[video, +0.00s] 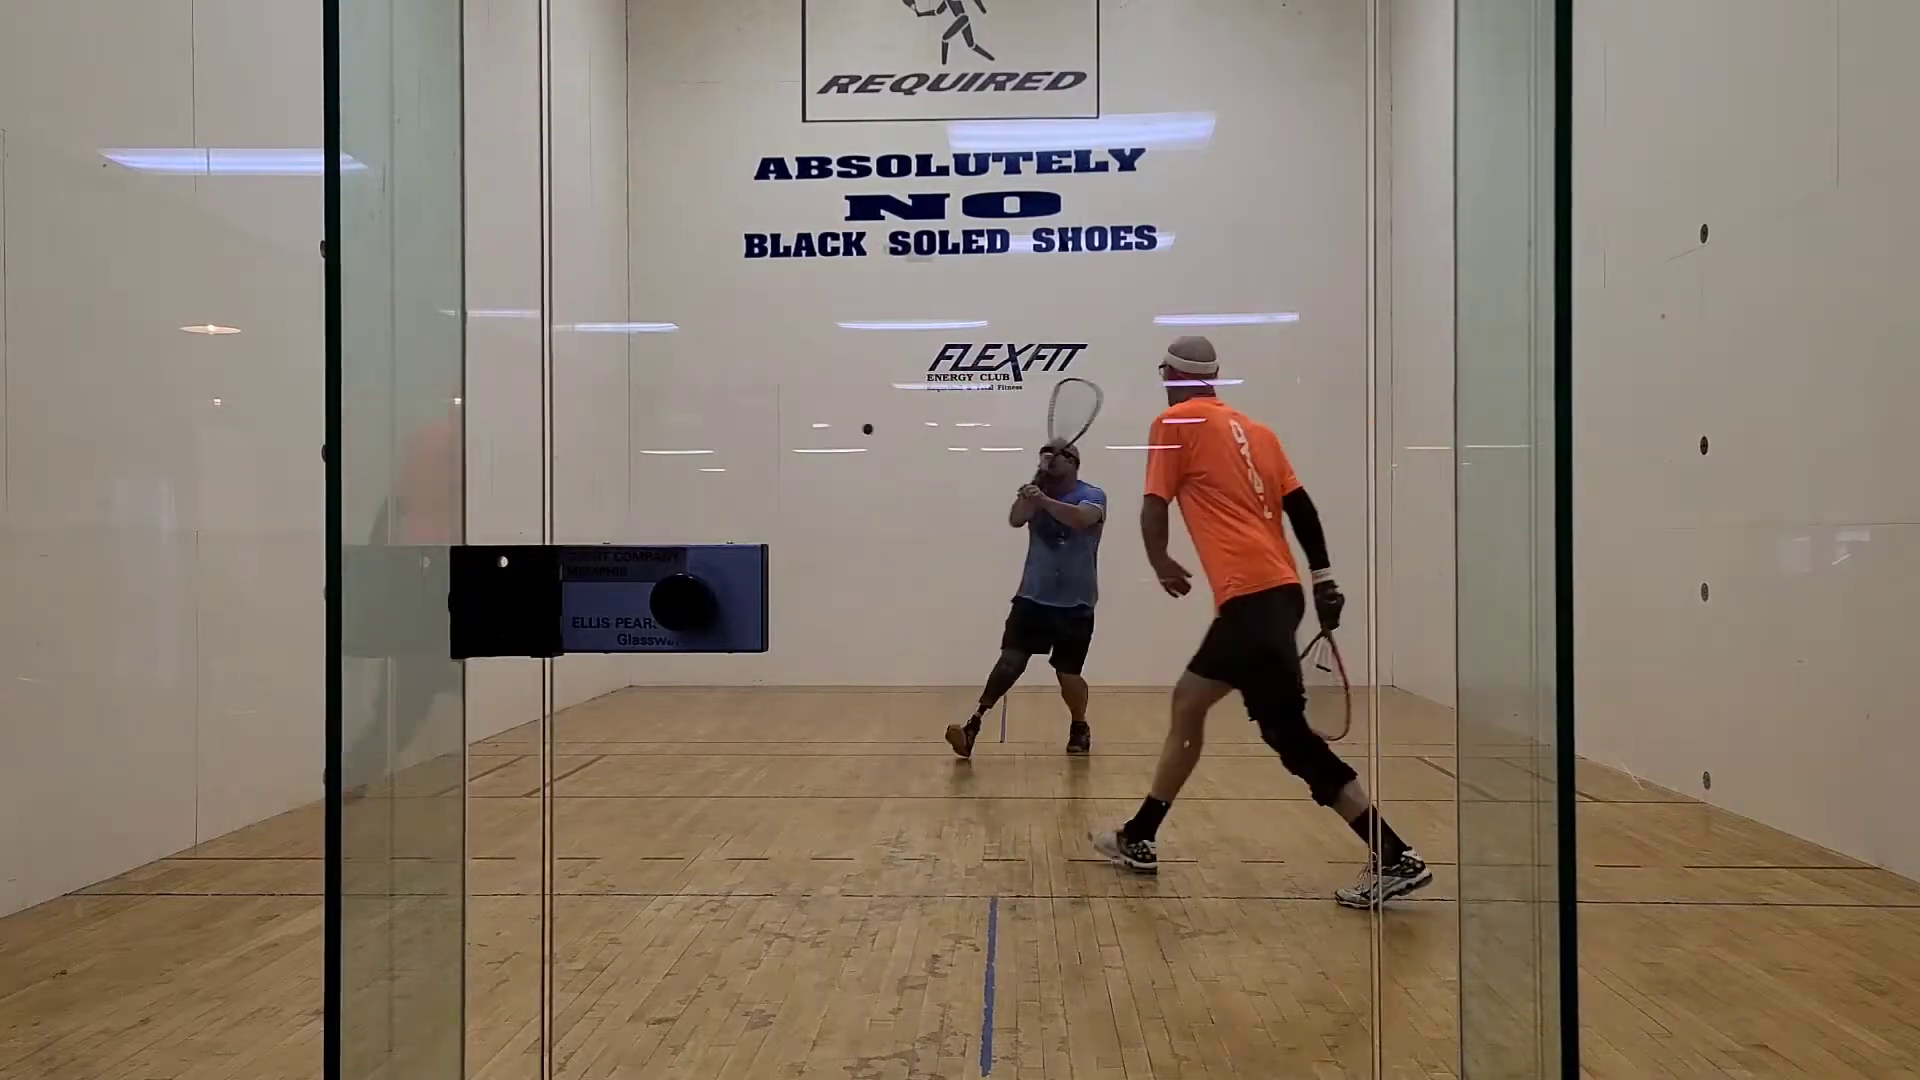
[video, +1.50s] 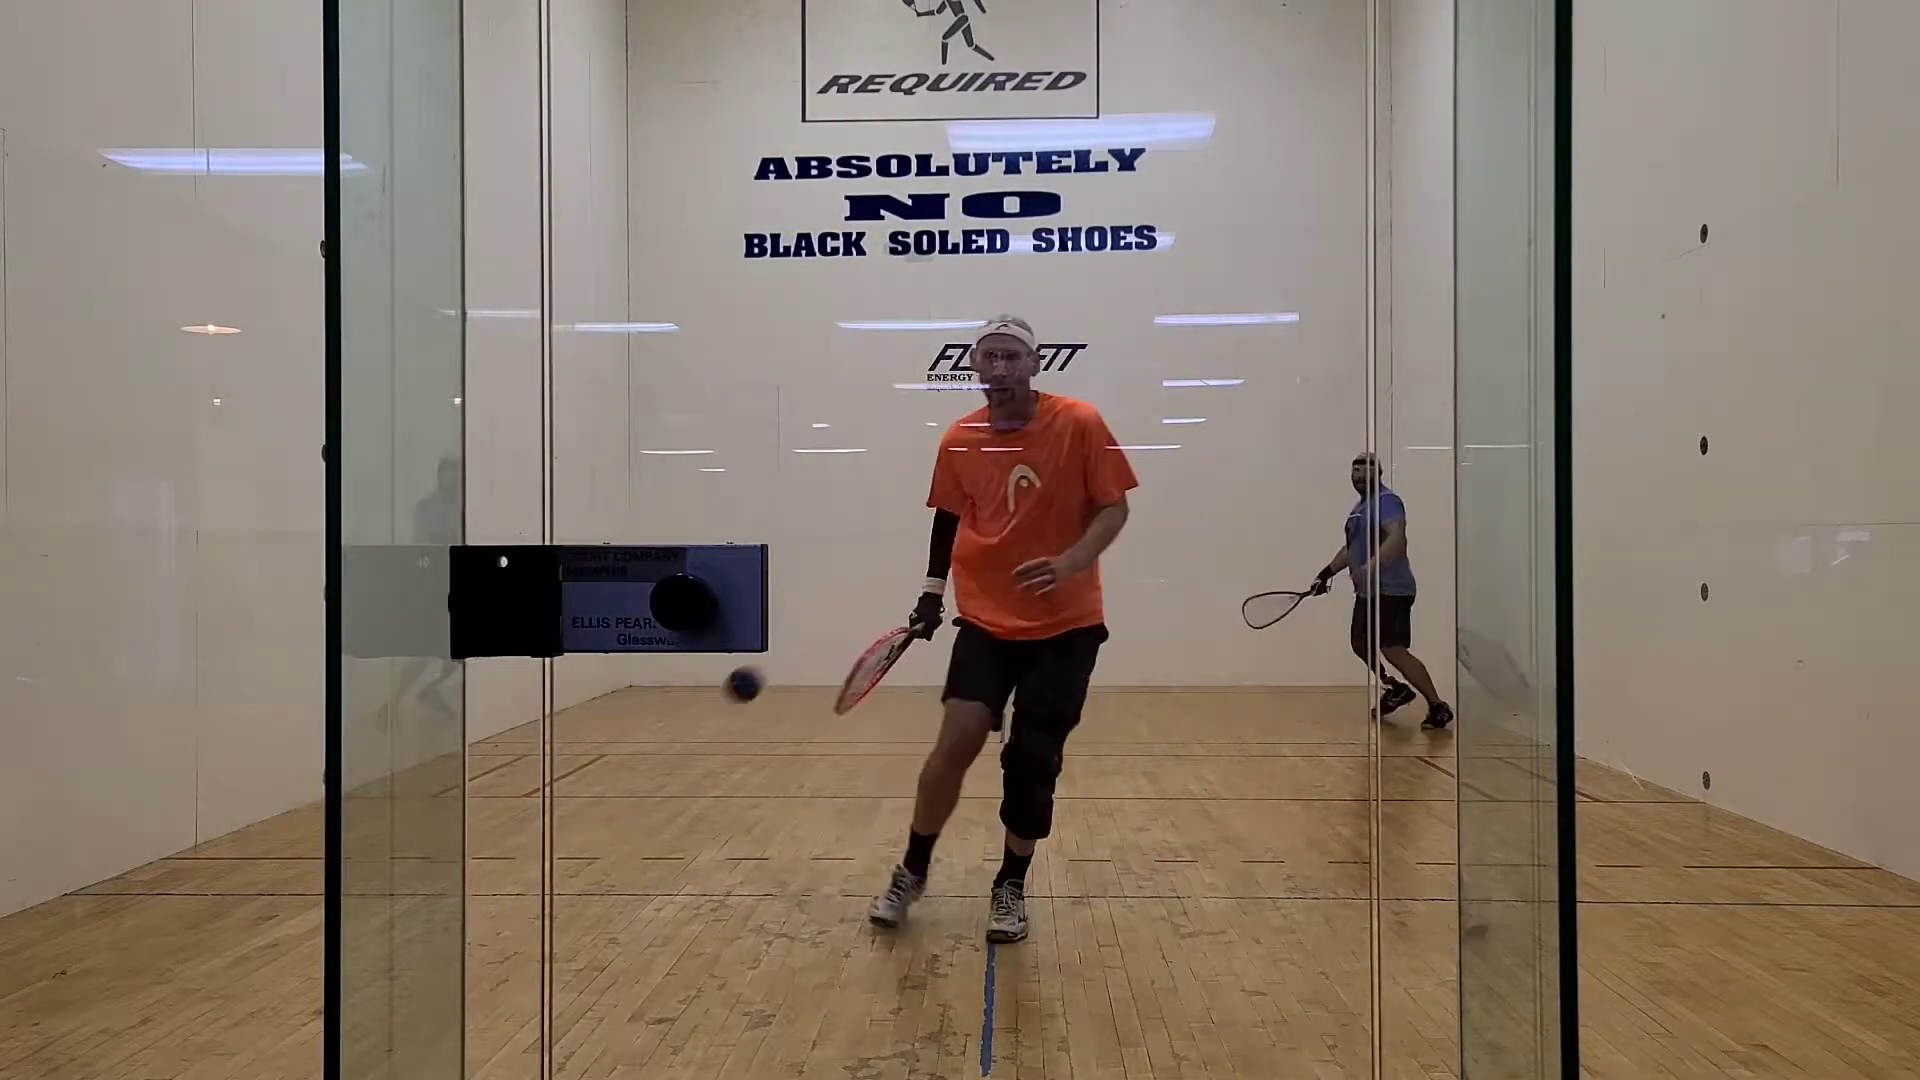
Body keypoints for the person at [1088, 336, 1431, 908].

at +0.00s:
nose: (1164, 389)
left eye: (1165, 380)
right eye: (1168, 379)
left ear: (1171, 380)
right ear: (1214, 379)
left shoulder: (1173, 425)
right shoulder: (1255, 430)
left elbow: (1154, 512)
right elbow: (1300, 505)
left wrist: (1159, 561)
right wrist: (1324, 579)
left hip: (1247, 596)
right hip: (1281, 590)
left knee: (1291, 739)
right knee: (1188, 701)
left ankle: (1394, 856)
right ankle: (1139, 836)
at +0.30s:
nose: (1086, 385)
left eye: (1087, 378)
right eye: (1090, 378)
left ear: (1088, 378)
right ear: (1132, 382)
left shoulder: (1083, 411)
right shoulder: (1158, 433)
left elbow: (1063, 485)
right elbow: (1194, 523)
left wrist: (1043, 571)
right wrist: (1179, 594)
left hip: (1130, 580)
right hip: (1179, 586)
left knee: (1071, 706)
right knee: (1120, 703)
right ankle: (1127, 836)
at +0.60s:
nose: (1018, 402)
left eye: (1017, 394)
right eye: (1024, 393)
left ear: (1019, 392)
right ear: (1065, 395)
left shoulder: (1015, 425)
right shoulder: (1100, 446)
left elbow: (992, 489)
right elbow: (1129, 533)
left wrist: (966, 572)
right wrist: (1083, 577)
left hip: (1046, 585)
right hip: (1109, 594)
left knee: (973, 707)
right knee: (1082, 702)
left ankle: (942, 856)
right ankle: (1117, 840)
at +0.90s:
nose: (892, 410)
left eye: (892, 398)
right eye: (892, 399)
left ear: (904, 393)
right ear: (942, 393)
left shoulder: (920, 428)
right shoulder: (991, 436)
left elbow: (934, 508)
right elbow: (1043, 508)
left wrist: (889, 578)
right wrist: (1003, 572)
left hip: (992, 591)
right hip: (1036, 593)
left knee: (913, 709)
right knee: (949, 699)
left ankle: (918, 863)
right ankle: (1004, 825)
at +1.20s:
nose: (853, 425)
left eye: (861, 413)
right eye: (852, 414)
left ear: (899, 413)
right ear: (891, 417)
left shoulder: (935, 459)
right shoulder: (907, 471)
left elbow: (973, 547)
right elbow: (935, 570)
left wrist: (928, 631)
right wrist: (914, 638)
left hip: (998, 625)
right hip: (958, 628)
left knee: (920, 728)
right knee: (874, 720)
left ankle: (996, 875)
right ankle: (888, 852)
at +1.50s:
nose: (1000, 369)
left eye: (1013, 356)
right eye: (989, 358)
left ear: (1037, 365)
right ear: (976, 368)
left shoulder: (1078, 425)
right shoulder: (960, 443)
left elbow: (1114, 510)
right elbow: (946, 522)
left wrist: (1070, 561)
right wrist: (932, 594)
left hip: (1065, 625)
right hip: (986, 621)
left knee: (1033, 759)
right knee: (958, 738)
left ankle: (1011, 885)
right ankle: (911, 870)